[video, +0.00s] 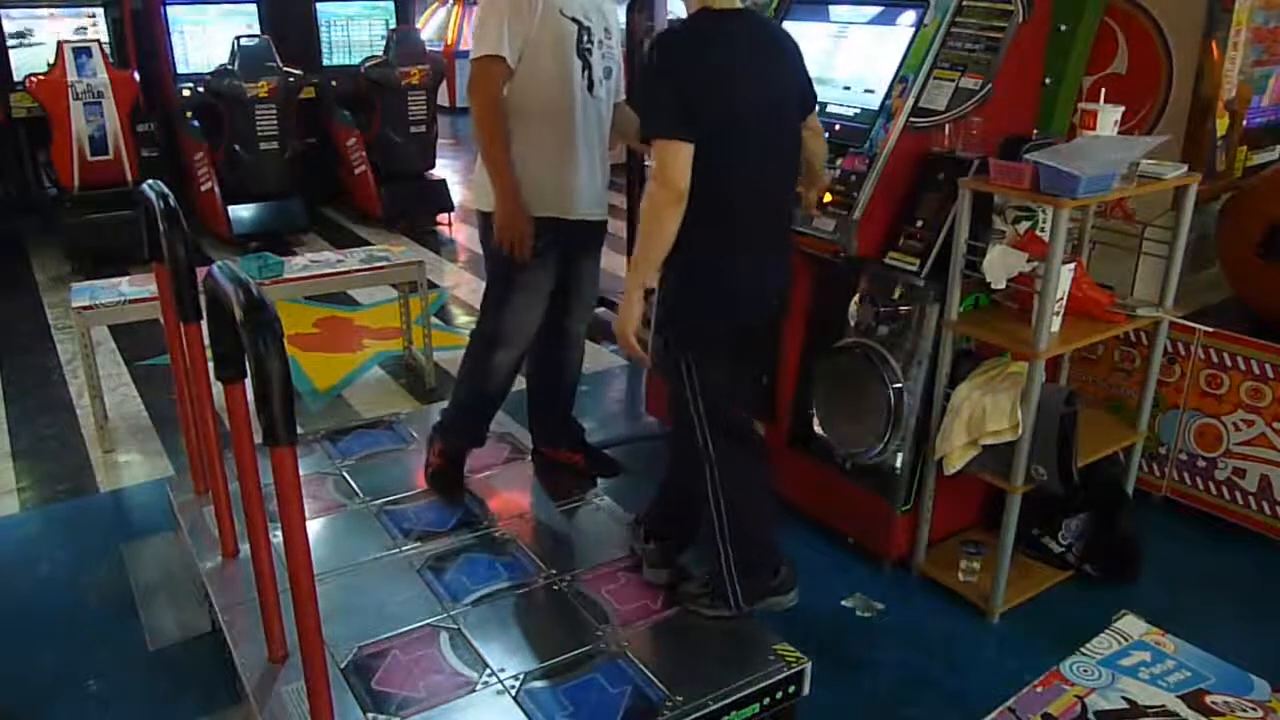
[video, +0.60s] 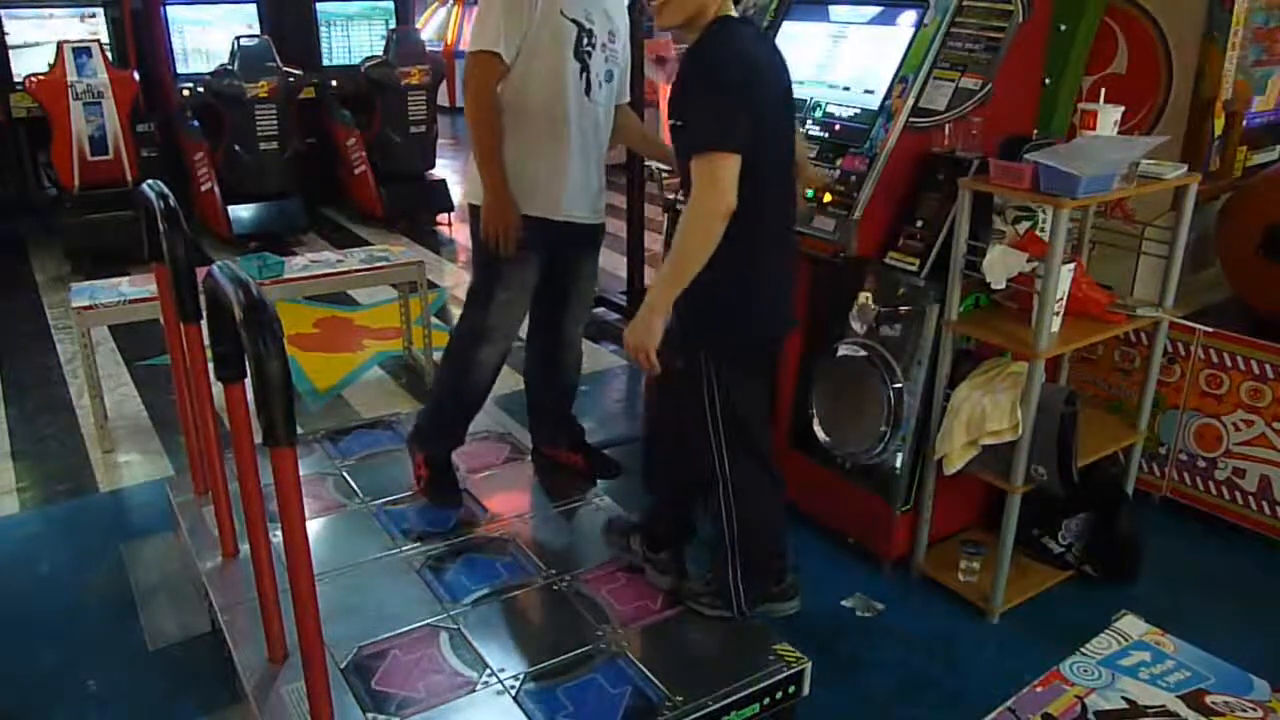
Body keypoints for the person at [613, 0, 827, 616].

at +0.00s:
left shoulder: (675, 48)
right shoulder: (778, 41)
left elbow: (670, 183)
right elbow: (814, 152)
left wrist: (636, 287)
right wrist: (809, 188)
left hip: (700, 269)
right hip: (765, 266)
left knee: (720, 425)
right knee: (705, 414)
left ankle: (755, 572)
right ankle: (664, 537)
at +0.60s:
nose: (651, 4)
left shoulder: (714, 60)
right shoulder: (751, 48)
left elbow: (714, 199)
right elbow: (796, 168)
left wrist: (655, 304)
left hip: (720, 294)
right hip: (748, 285)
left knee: (729, 441)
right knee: (676, 418)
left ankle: (757, 582)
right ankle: (662, 540)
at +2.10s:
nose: (413, 7)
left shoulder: (559, 69)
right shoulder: (388, 43)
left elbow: (590, 214)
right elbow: (366, 167)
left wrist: (588, 345)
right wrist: (323, 250)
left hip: (521, 327)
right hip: (423, 322)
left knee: (514, 497)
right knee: (428, 489)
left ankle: (506, 661)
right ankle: (455, 624)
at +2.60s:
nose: (311, 3)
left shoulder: (481, 52)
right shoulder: (263, 56)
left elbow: (519, 198)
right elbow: (213, 177)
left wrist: (554, 321)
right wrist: (246, 296)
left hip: (469, 346)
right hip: (359, 359)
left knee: (495, 525)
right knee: (380, 545)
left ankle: (503, 669)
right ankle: (391, 697)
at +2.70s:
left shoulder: (461, 47)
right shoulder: (245, 59)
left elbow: (501, 192)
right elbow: (193, 175)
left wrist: (540, 318)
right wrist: (242, 300)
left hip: (459, 344)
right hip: (348, 359)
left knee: (485, 527)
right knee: (374, 542)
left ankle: (482, 668)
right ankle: (392, 690)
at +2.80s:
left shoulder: (445, 43)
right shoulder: (231, 61)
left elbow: (482, 185)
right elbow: (173, 178)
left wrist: (525, 313)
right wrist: (240, 301)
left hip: (447, 336)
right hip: (341, 353)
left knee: (472, 509)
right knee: (377, 533)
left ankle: (451, 651)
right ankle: (393, 687)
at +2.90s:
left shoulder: (430, 41)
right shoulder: (227, 61)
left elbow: (467, 191)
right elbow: (151, 182)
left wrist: (509, 311)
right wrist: (240, 305)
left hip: (434, 334)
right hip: (336, 352)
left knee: (457, 497)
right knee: (375, 536)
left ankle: (424, 631)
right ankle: (392, 693)